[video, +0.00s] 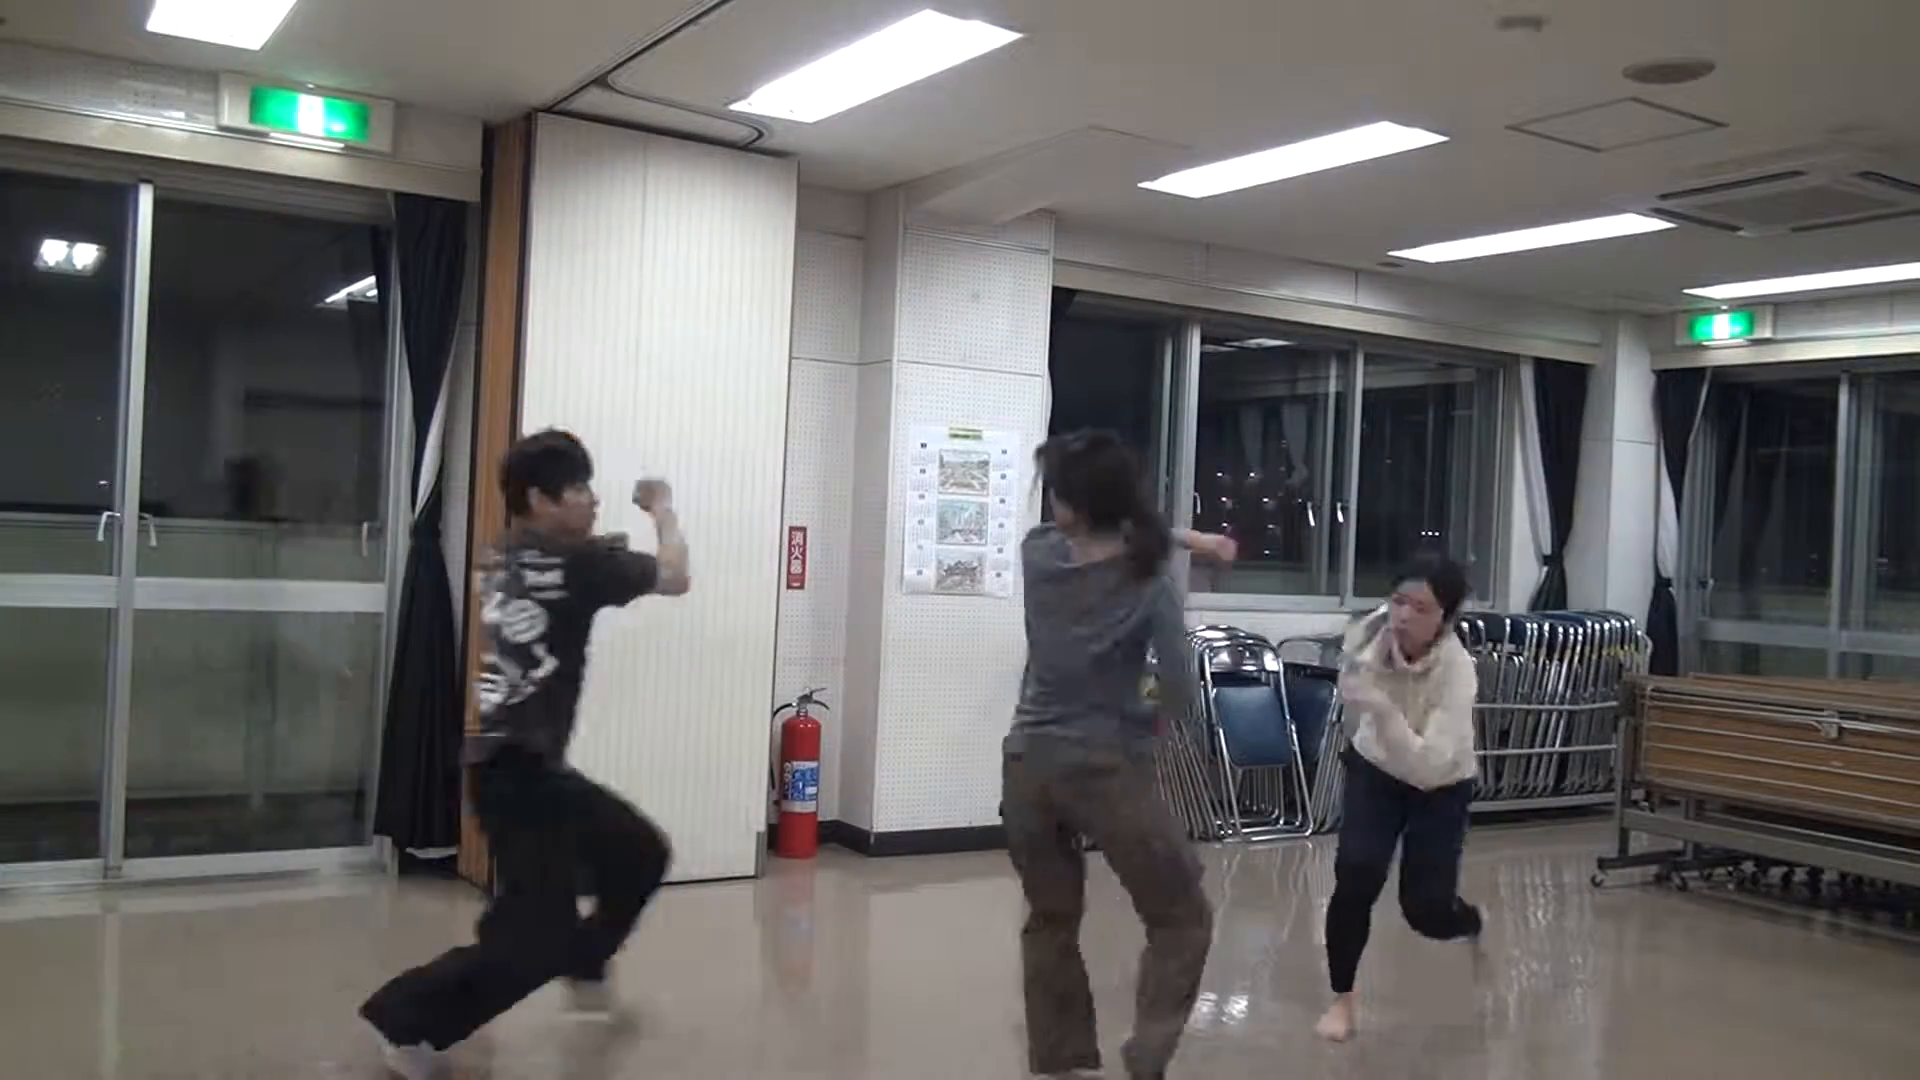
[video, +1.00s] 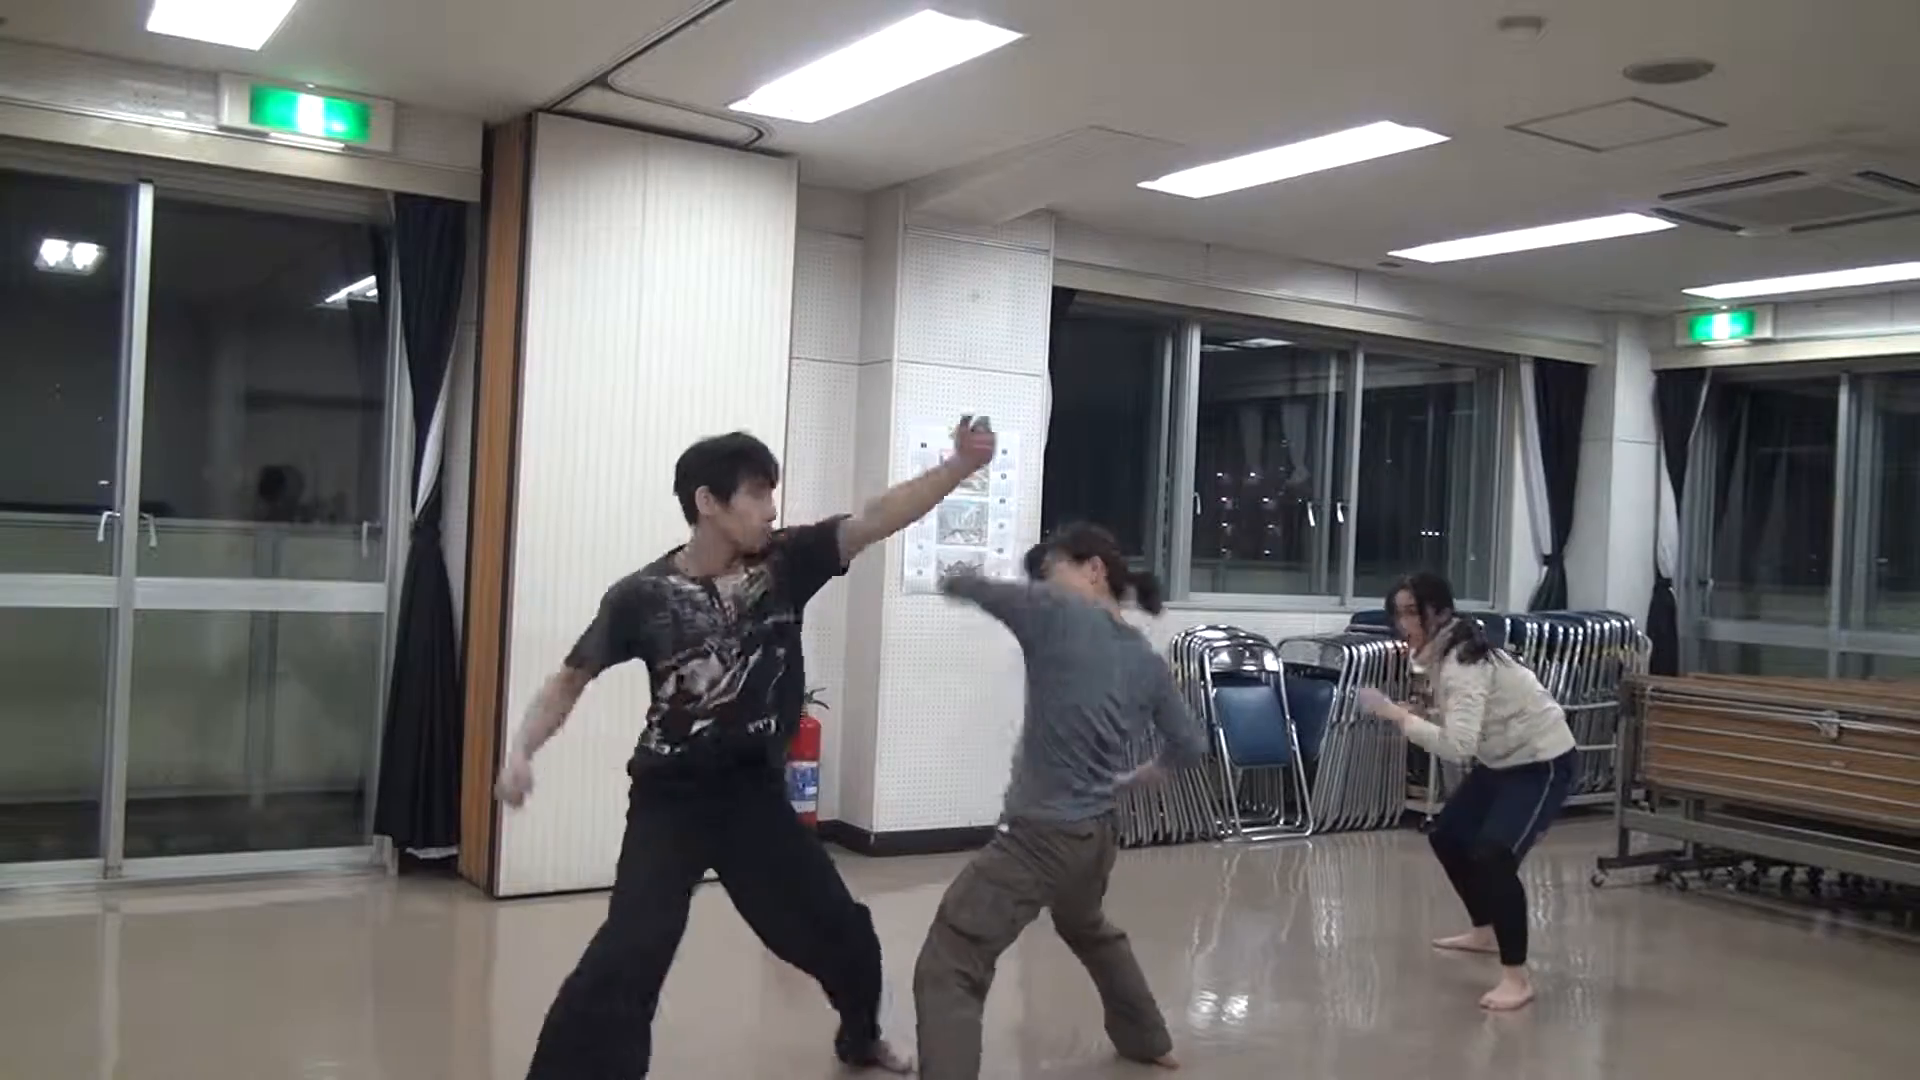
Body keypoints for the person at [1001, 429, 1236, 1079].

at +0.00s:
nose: (1047, 501)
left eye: (1053, 492)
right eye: (1049, 491)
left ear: (1069, 502)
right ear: (1126, 500)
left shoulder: (1035, 552)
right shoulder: (1156, 576)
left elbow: (1107, 537)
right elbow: (1178, 681)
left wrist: (1185, 538)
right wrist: (1156, 713)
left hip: (1028, 764)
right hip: (1105, 767)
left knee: (1050, 918)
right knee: (1179, 916)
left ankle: (1061, 1066)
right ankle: (1146, 1062)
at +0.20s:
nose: (1020, 518)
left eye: (1027, 506)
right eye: (1021, 505)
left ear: (1062, 511)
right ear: (1087, 510)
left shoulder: (1031, 578)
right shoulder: (1149, 569)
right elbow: (1199, 651)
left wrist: (957, 672)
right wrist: (1156, 696)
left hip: (1064, 797)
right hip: (1138, 793)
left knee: (971, 940)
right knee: (1129, 934)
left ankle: (988, 1073)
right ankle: (1155, 1071)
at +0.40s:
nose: (969, 678)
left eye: (968, 665)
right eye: (965, 667)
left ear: (991, 650)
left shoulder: (1070, 682)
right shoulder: (1028, 676)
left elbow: (1029, 717)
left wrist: (963, 739)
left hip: (1087, 859)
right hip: (1059, 852)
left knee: (977, 970)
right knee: (1064, 944)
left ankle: (969, 1074)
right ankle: (1155, 1029)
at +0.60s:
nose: (977, 643)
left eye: (984, 629)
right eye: (974, 631)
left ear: (1030, 623)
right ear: (1034, 622)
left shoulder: (1077, 685)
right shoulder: (1051, 672)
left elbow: (1093, 793)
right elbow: (1040, 758)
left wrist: (1017, 766)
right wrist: (995, 801)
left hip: (1101, 858)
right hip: (1097, 848)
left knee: (973, 974)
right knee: (1079, 932)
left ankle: (974, 1071)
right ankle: (1145, 1041)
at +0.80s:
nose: (1000, 616)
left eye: (1008, 603)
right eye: (1002, 604)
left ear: (1047, 603)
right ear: (1055, 606)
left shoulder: (1014, 662)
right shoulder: (1126, 664)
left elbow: (1027, 764)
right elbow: (1163, 766)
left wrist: (1087, 777)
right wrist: (1111, 784)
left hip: (1086, 852)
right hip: (1151, 843)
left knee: (974, 976)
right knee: (1115, 919)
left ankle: (961, 1071)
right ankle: (1156, 1039)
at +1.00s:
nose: (1047, 585)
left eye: (1052, 572)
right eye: (1045, 574)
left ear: (1095, 569)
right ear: (1101, 575)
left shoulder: (1053, 610)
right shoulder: (1144, 657)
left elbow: (973, 587)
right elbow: (1188, 745)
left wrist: (957, 579)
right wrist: (1127, 782)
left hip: (1037, 839)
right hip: (1096, 839)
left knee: (948, 966)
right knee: (1086, 925)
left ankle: (947, 1070)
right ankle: (1147, 1042)